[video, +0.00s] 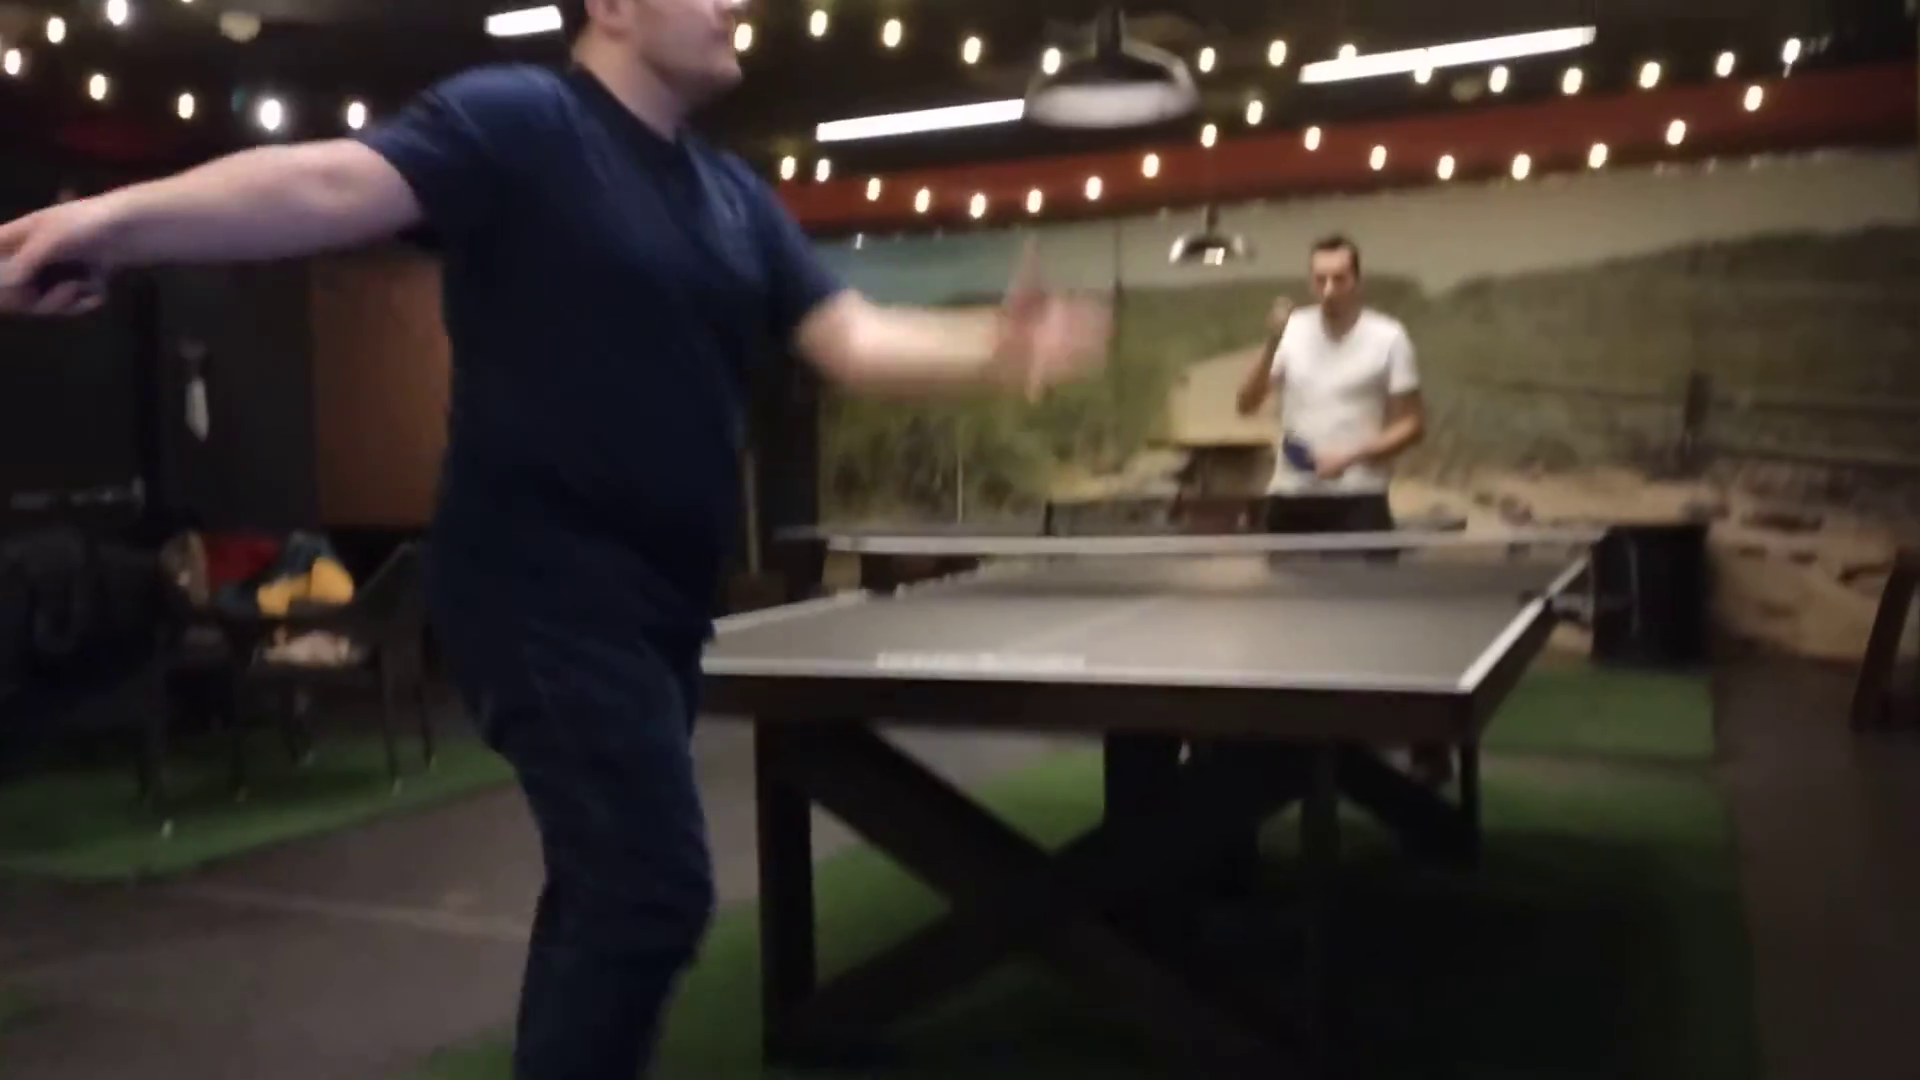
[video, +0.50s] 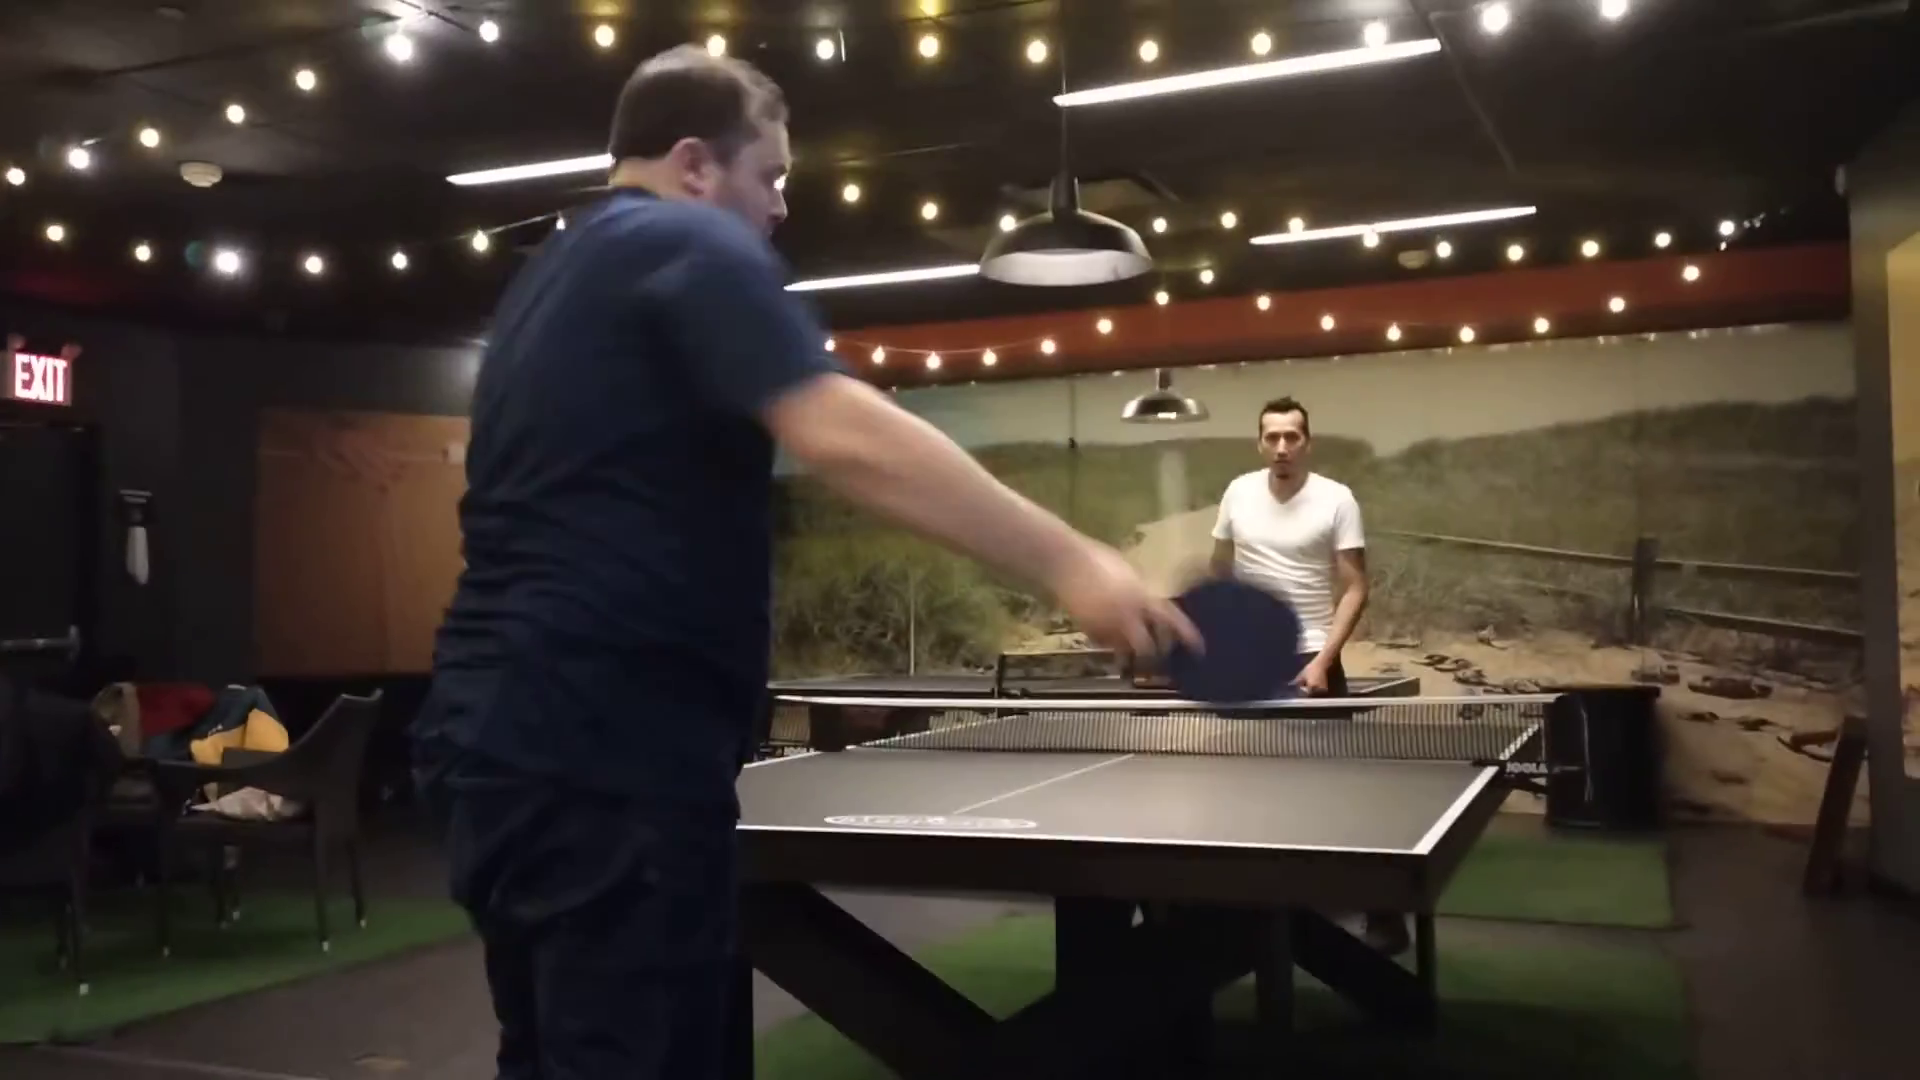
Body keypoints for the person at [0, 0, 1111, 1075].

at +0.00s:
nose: (737, 15)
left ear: (669, 25)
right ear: (613, 9)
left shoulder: (736, 200)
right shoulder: (520, 119)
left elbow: (852, 338)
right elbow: (335, 187)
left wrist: (998, 341)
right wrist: (113, 222)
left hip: (659, 600)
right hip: (530, 584)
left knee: (608, 898)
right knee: (650, 897)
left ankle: (565, 1068)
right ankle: (566, 1076)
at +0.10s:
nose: (748, 41)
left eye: (742, 21)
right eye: (713, 17)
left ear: (667, 56)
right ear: (626, 50)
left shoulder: (729, 249)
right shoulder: (555, 156)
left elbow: (816, 410)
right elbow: (395, 206)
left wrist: (956, 498)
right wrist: (205, 216)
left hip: (661, 643)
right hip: (556, 633)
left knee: (602, 947)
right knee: (666, 952)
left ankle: (552, 1078)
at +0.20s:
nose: (767, 91)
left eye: (759, 67)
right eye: (735, 65)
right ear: (645, 86)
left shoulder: (697, 261)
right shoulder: (594, 176)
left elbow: (758, 457)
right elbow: (503, 223)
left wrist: (844, 606)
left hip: (659, 680)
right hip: (576, 676)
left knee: (595, 992)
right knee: (674, 995)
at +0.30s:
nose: (781, 140)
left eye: (776, 117)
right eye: (756, 114)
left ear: (668, 127)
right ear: (664, 122)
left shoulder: (662, 247)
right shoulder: (618, 201)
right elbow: (563, 279)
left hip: (638, 691)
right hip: (593, 693)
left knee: (585, 1028)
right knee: (657, 1028)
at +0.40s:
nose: (784, 178)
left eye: (781, 152)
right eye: (762, 148)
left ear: (677, 156)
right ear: (677, 149)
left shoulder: (608, 248)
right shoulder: (641, 226)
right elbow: (694, 347)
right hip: (604, 730)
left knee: (577, 1044)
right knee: (654, 1046)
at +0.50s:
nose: (781, 208)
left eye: (783, 183)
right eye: (772, 178)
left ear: (672, 164)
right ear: (694, 164)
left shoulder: (557, 269)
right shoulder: (688, 248)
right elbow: (835, 431)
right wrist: (1071, 561)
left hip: (509, 751)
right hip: (613, 760)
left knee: (550, 1056)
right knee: (654, 1057)